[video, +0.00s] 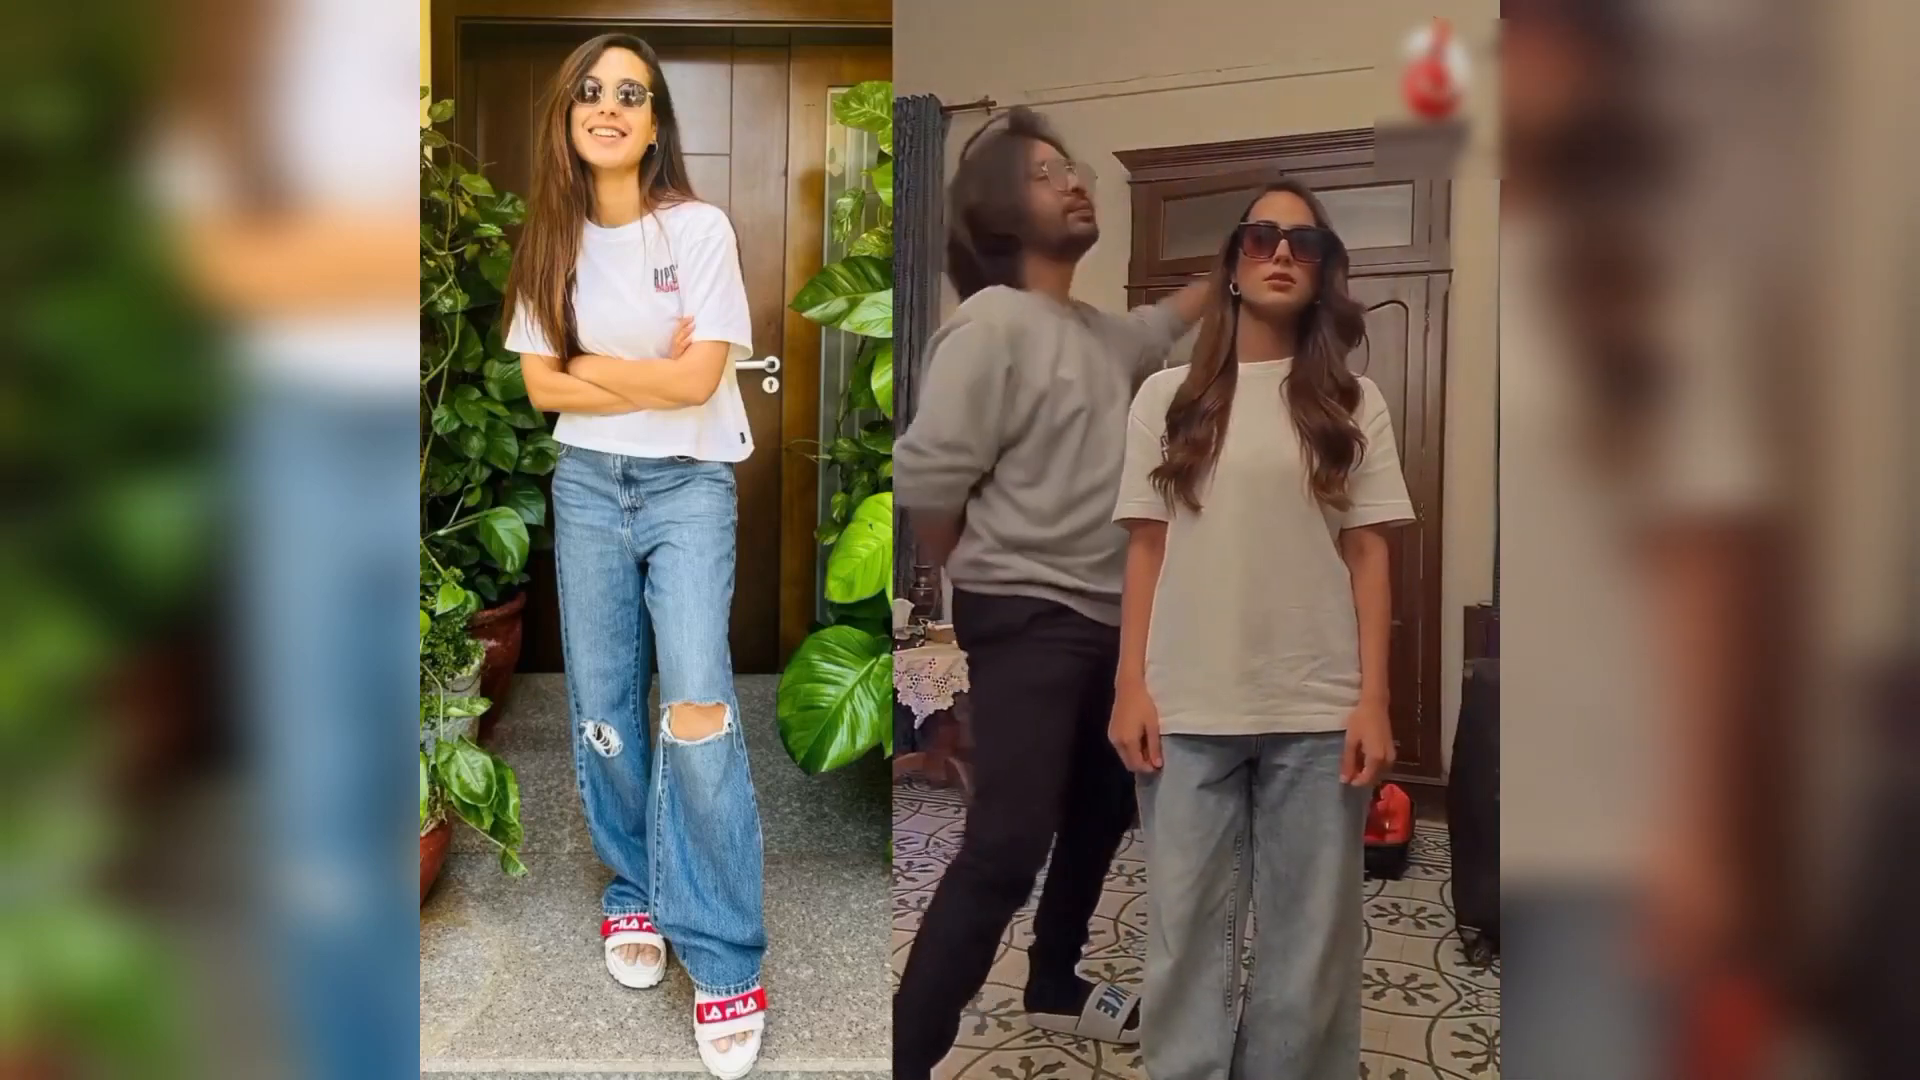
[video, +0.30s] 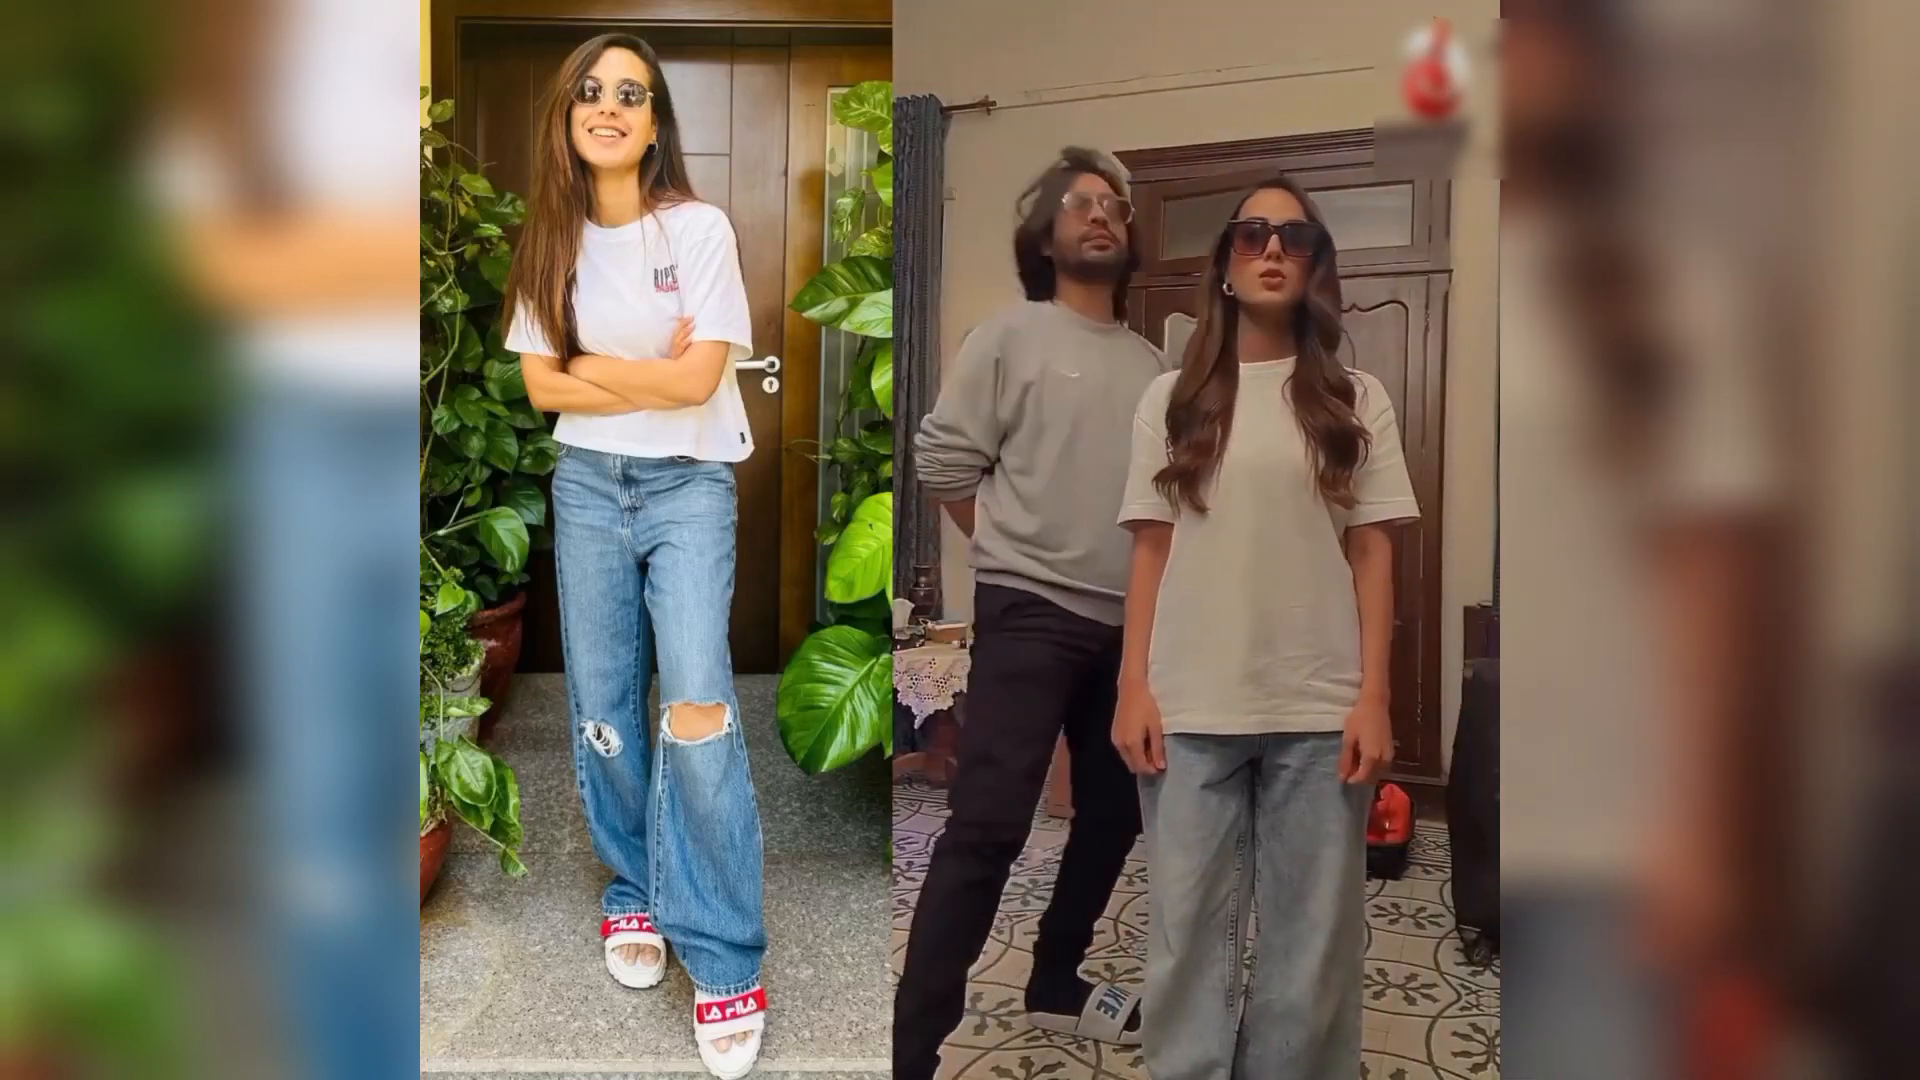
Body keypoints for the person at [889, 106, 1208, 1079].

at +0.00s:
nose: (1077, 184)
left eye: (1074, 171)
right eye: (1048, 175)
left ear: (1078, 199)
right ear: (998, 209)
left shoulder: (1103, 329)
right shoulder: (992, 323)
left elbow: (1171, 317)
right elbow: (925, 481)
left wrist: (1236, 261)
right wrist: (954, 561)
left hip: (1112, 612)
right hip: (1024, 610)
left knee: (1099, 807)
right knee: (1006, 850)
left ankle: (1055, 987)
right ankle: (910, 1061)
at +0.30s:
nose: (1103, 217)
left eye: (1114, 208)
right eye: (1082, 206)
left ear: (1130, 237)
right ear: (1043, 233)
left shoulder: (1155, 363)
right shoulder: (1005, 338)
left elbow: (1168, 496)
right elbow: (944, 460)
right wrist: (1000, 557)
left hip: (1127, 621)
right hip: (1025, 610)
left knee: (1112, 813)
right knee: (988, 825)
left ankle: (1057, 983)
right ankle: (913, 1055)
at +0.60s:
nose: (1108, 218)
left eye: (1124, 210)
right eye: (1091, 207)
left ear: (1141, 242)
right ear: (1058, 234)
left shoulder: (1163, 356)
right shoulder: (1010, 330)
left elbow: (1177, 484)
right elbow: (957, 453)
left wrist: (1143, 566)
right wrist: (1010, 548)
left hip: (1128, 618)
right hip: (1021, 608)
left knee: (1103, 808)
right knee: (990, 818)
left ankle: (1055, 980)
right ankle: (943, 1053)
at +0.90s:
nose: (1100, 221)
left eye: (1113, 213)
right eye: (1080, 210)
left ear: (1131, 244)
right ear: (1045, 238)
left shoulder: (1160, 356)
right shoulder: (1007, 341)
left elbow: (1177, 484)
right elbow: (957, 465)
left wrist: (1145, 568)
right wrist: (1017, 555)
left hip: (1132, 618)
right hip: (1027, 611)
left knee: (1109, 812)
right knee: (991, 822)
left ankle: (1056, 982)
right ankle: (941, 1054)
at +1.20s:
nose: (1106, 224)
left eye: (1120, 214)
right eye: (1087, 215)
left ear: (1143, 240)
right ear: (1057, 242)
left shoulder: (1172, 358)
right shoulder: (1019, 338)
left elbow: (1190, 490)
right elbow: (962, 458)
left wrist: (1151, 570)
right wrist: (1018, 551)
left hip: (1132, 622)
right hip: (1024, 611)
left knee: (1110, 812)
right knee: (987, 820)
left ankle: (1056, 981)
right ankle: (940, 1054)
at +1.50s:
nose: (1090, 224)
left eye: (1115, 214)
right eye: (1086, 212)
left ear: (1157, 245)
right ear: (1075, 238)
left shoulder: (1189, 354)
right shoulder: (1022, 336)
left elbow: (1207, 486)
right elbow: (964, 447)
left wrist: (1160, 564)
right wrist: (1016, 530)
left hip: (1127, 623)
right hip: (1012, 612)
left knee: (1105, 817)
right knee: (975, 821)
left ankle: (1057, 979)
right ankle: (934, 1055)